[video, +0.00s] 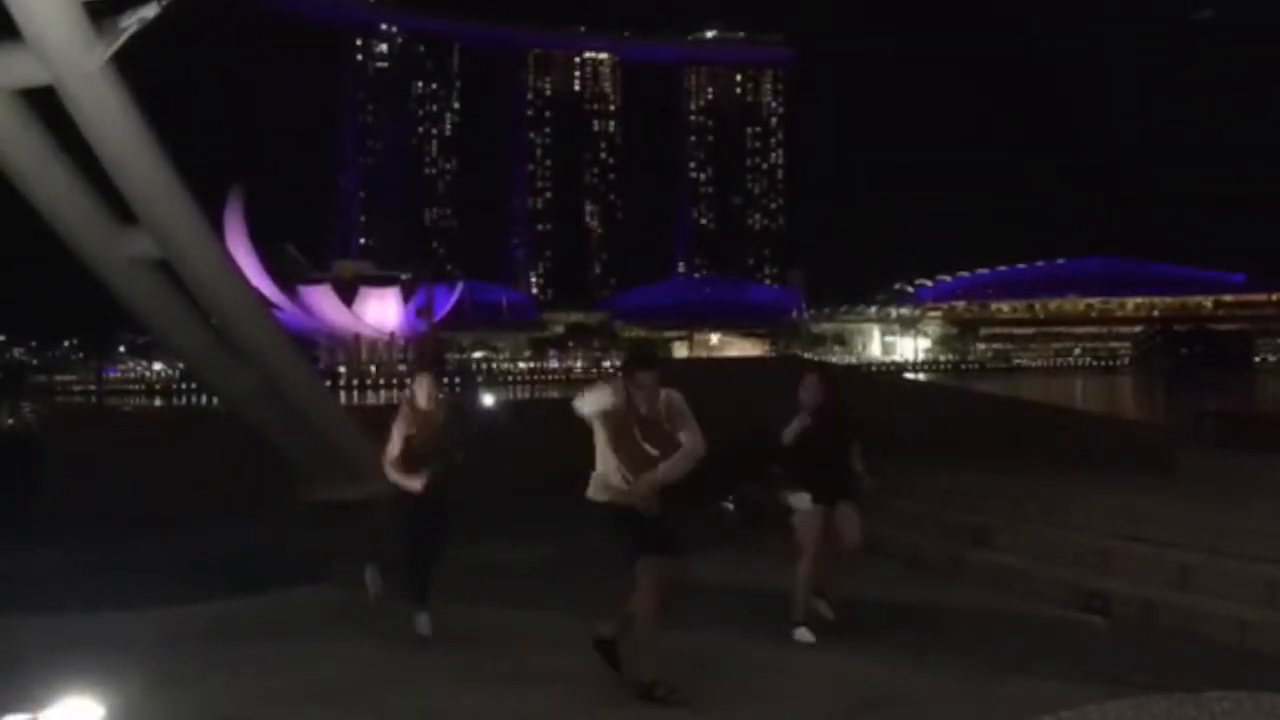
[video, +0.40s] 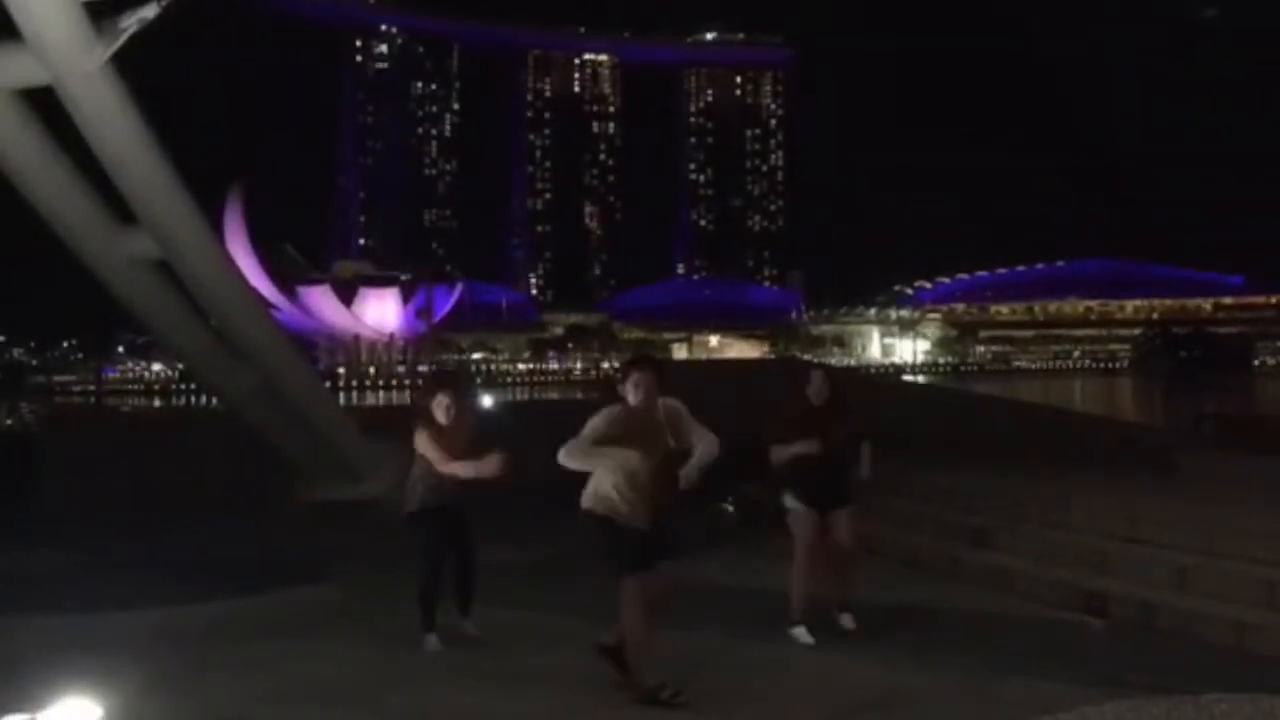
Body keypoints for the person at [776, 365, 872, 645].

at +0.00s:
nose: (808, 394)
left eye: (814, 389)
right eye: (805, 388)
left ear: (825, 393)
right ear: (799, 392)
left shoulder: (839, 421)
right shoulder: (796, 425)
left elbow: (852, 453)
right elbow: (780, 454)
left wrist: (860, 475)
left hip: (837, 489)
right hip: (806, 491)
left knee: (849, 540)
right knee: (810, 551)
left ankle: (821, 593)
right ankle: (799, 620)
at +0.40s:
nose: (818, 391)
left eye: (823, 385)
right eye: (813, 385)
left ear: (830, 387)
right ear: (806, 386)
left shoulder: (839, 413)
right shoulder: (795, 413)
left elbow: (860, 440)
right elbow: (775, 454)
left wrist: (862, 467)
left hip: (836, 487)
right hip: (802, 489)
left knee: (844, 546)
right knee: (805, 551)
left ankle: (843, 606)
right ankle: (797, 618)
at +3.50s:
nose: (758, 397)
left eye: (762, 391)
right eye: (754, 392)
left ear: (773, 394)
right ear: (747, 396)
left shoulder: (787, 420)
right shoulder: (743, 428)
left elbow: (811, 446)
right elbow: (742, 471)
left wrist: (830, 470)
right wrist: (782, 464)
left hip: (791, 499)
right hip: (756, 502)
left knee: (797, 557)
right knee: (757, 559)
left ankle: (803, 612)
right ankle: (760, 615)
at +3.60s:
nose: (768, 393)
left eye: (772, 387)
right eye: (764, 388)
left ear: (781, 389)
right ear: (756, 390)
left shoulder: (794, 416)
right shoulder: (747, 420)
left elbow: (814, 446)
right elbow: (737, 465)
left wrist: (825, 468)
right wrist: (768, 479)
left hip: (796, 495)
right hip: (761, 498)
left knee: (801, 555)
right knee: (763, 556)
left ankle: (802, 613)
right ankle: (756, 612)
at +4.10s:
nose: (785, 394)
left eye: (789, 389)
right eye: (781, 389)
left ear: (798, 390)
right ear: (774, 391)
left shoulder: (804, 416)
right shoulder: (767, 414)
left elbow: (808, 449)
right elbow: (760, 438)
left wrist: (826, 459)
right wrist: (800, 435)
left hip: (803, 494)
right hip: (771, 495)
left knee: (810, 555)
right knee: (772, 557)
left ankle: (804, 614)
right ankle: (736, 625)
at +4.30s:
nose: (798, 396)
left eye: (801, 390)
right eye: (793, 390)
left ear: (806, 392)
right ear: (783, 392)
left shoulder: (806, 421)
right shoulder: (780, 423)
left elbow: (808, 461)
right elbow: (784, 474)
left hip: (804, 503)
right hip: (779, 503)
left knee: (809, 561)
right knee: (778, 565)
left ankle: (800, 617)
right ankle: (735, 623)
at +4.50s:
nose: (808, 397)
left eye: (810, 391)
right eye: (803, 391)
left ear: (815, 393)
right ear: (793, 394)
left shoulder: (813, 421)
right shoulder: (792, 422)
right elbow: (799, 457)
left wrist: (822, 461)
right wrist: (833, 466)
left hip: (809, 497)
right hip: (793, 499)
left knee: (813, 558)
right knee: (808, 559)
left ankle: (799, 618)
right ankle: (791, 631)